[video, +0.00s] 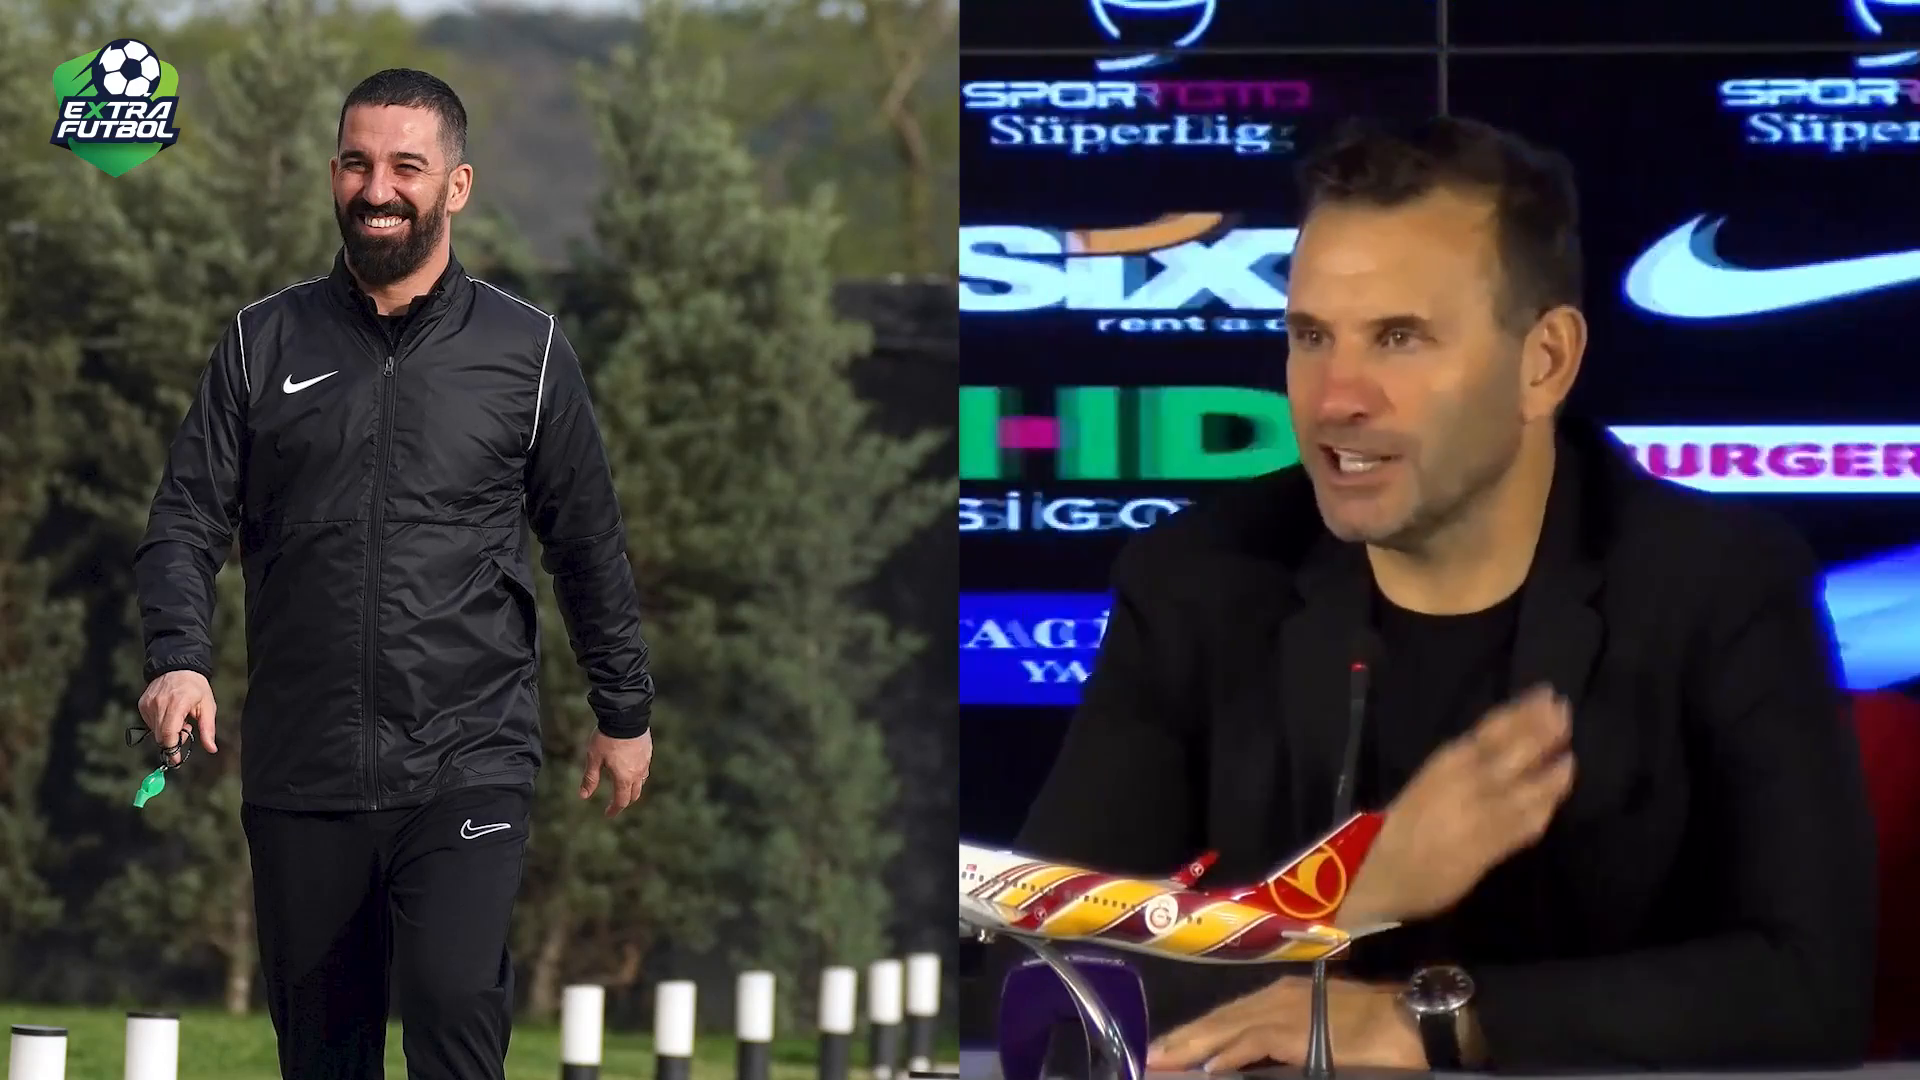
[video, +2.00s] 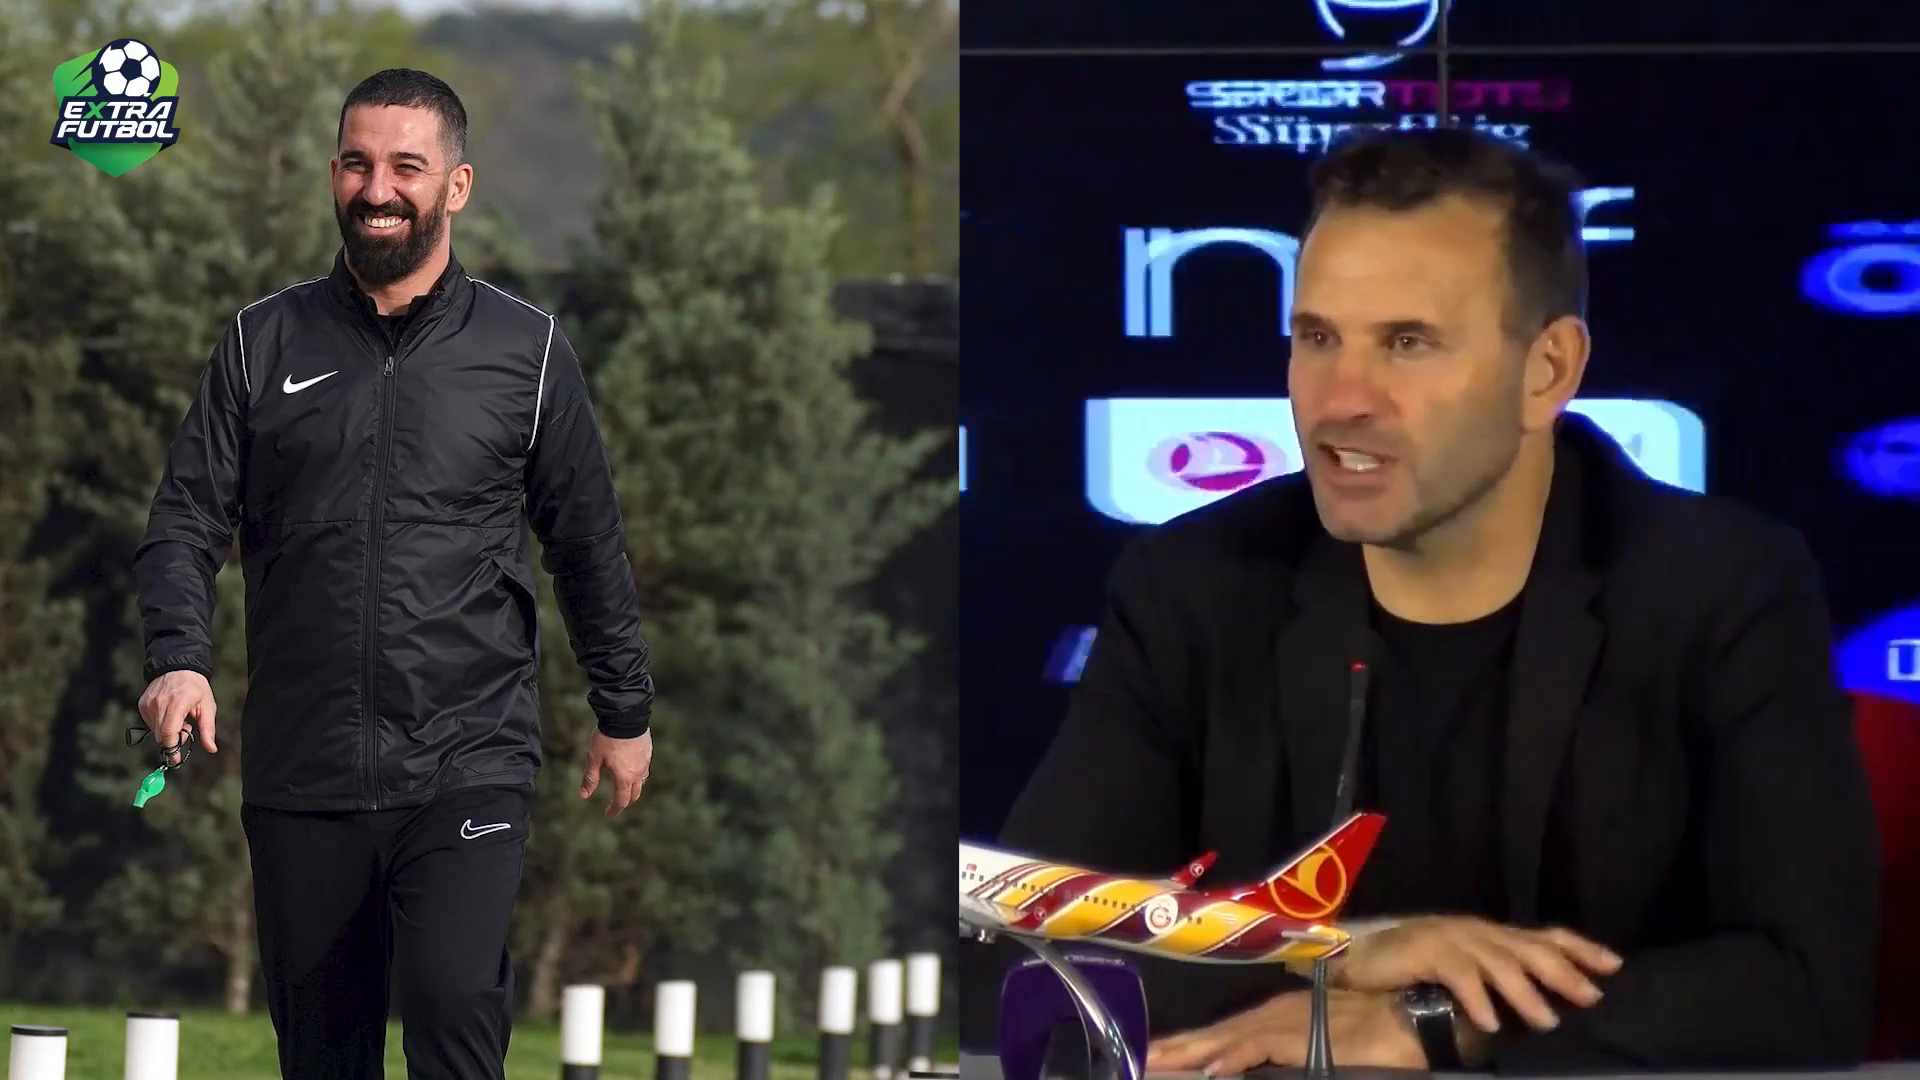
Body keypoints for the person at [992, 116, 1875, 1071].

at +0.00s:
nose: (1335, 394)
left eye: (1399, 338)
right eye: (1310, 336)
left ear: (1545, 362)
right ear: (1285, 345)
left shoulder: (1723, 591)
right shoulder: (1199, 583)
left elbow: (1813, 992)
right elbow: (1043, 966)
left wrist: (1430, 1021)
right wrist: (1358, 887)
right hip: (1260, 1078)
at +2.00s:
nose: (1338, 396)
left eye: (1407, 344)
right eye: (1316, 338)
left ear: (1550, 371)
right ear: (1290, 342)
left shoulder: (1724, 590)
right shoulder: (1189, 586)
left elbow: (1807, 989)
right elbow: (1029, 963)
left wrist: (1428, 1027)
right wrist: (1328, 958)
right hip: (1247, 1073)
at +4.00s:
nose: (1348, 391)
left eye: (1409, 332)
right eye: (1316, 337)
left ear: (1548, 354)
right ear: (1285, 354)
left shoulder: (1725, 591)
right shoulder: (1189, 589)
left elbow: (1812, 989)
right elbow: (1026, 973)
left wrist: (1439, 1025)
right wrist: (1319, 959)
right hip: (1249, 1077)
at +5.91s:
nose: (1329, 396)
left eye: (1395, 340)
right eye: (1307, 340)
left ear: (1544, 364)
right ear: (1281, 348)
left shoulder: (1730, 599)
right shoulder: (1195, 595)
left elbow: (1804, 991)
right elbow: (1031, 953)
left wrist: (1427, 1034)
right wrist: (1326, 959)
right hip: (1256, 1077)